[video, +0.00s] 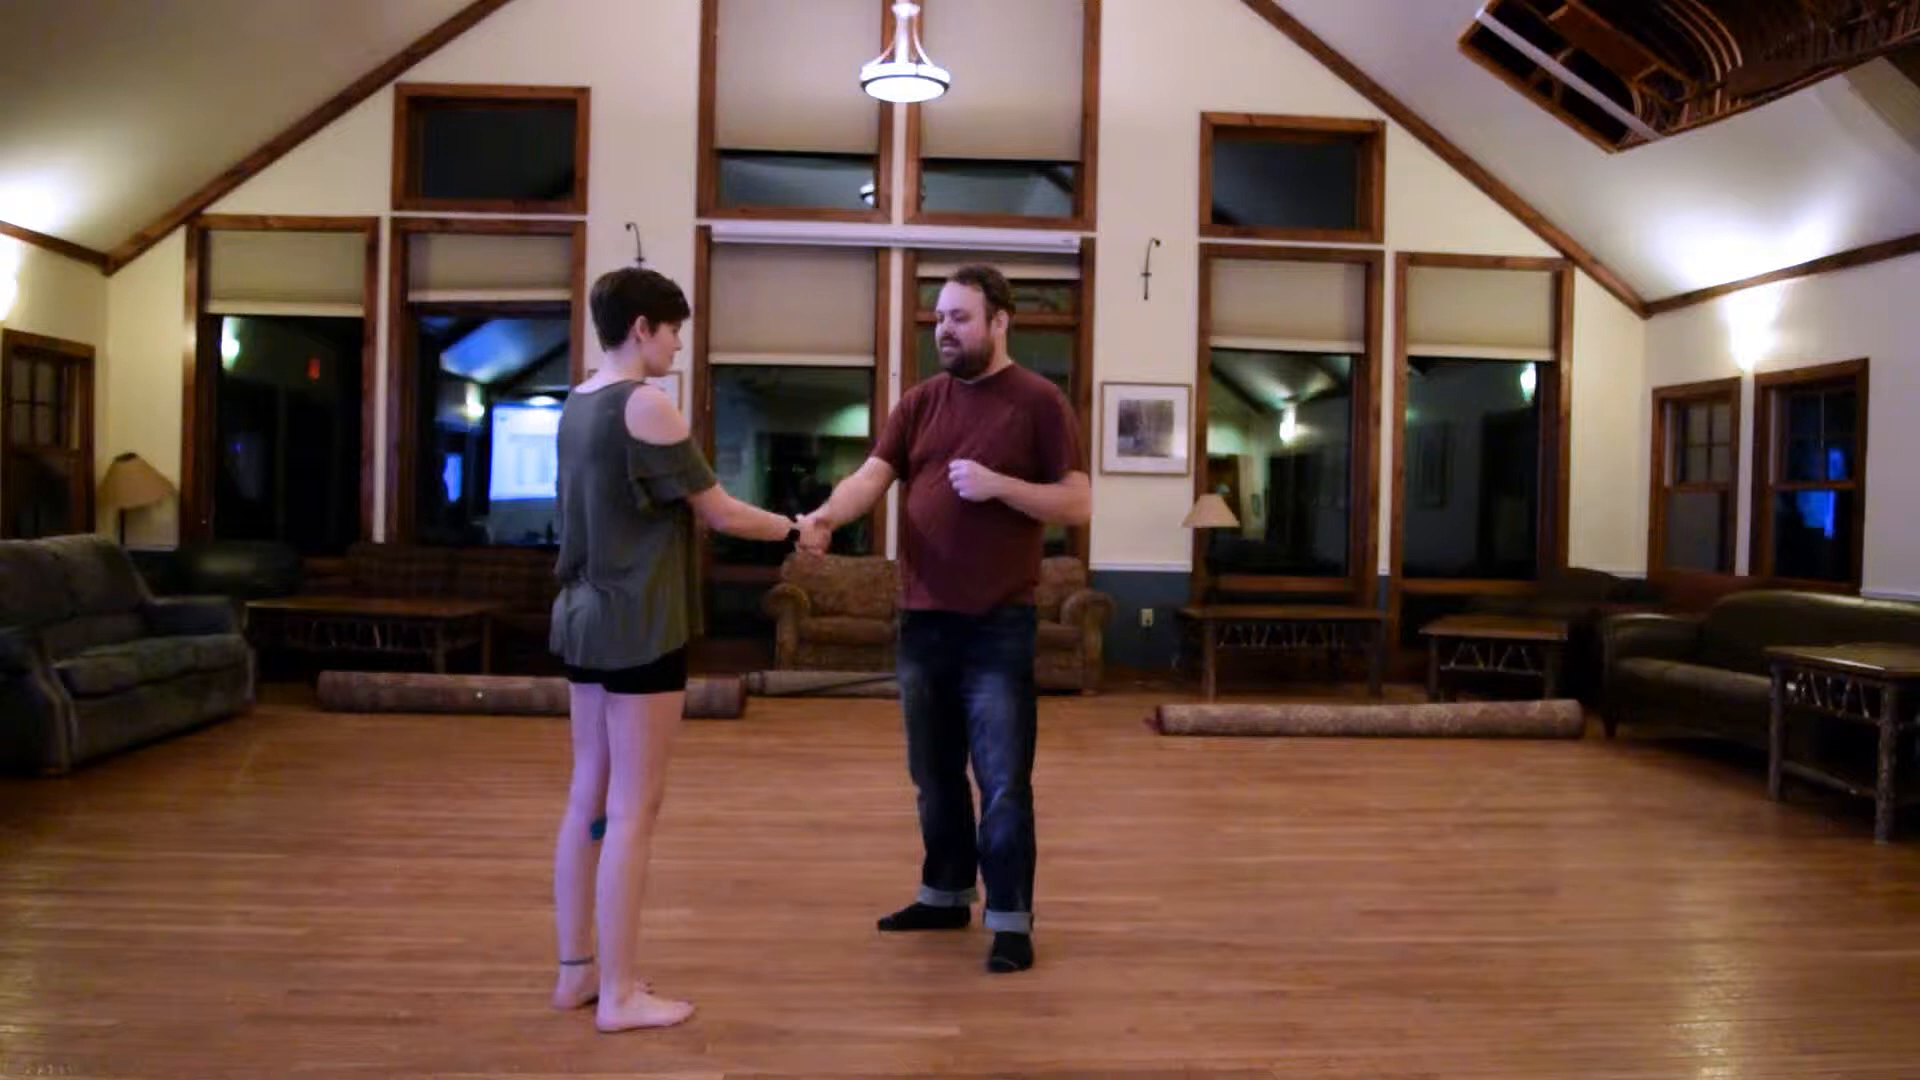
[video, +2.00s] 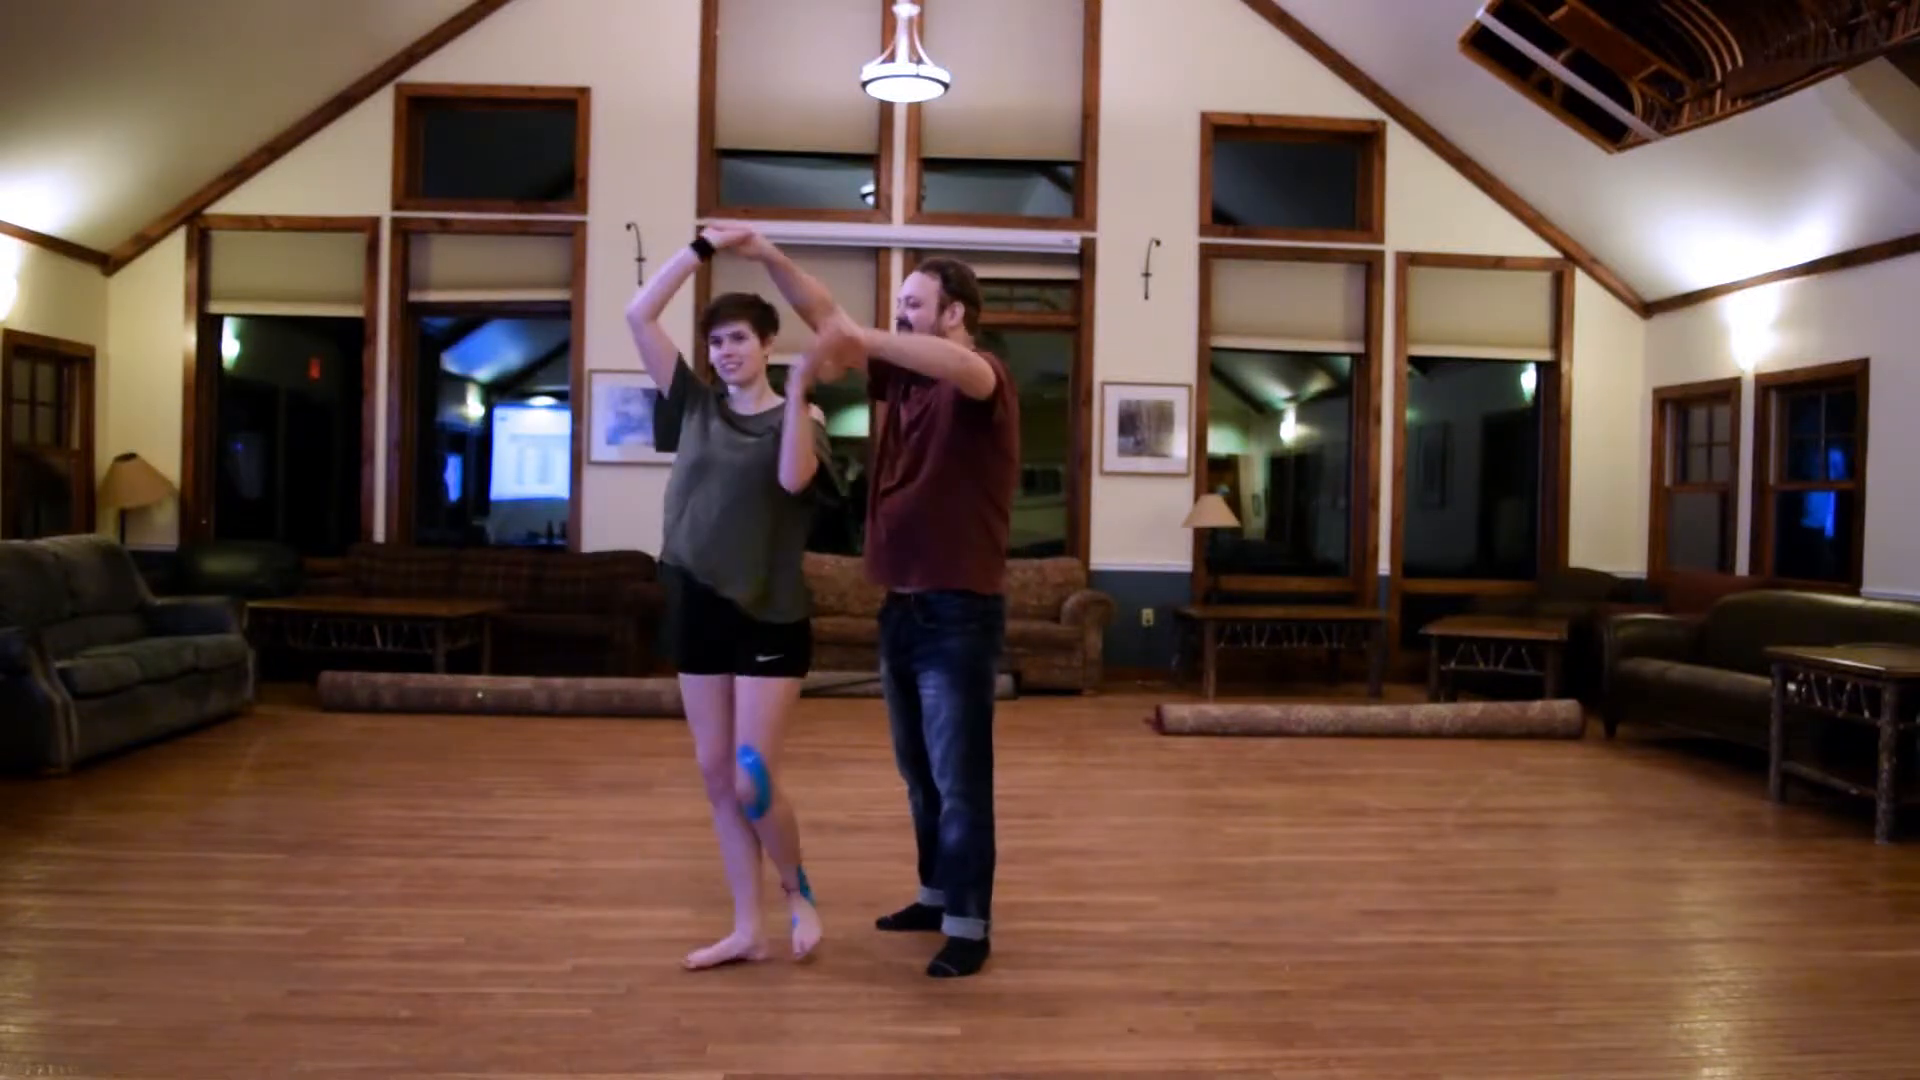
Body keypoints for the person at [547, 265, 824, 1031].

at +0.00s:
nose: (676, 347)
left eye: (677, 335)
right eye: (672, 335)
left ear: (615, 331)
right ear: (643, 331)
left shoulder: (580, 402)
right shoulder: (649, 403)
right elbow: (716, 510)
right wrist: (792, 527)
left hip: (584, 621)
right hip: (642, 630)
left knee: (586, 801)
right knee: (632, 811)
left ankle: (576, 970)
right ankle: (620, 993)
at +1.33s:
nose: (718, 351)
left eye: (716, 340)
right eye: (717, 340)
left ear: (650, 342)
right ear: (702, 342)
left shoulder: (619, 412)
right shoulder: (715, 416)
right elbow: (766, 524)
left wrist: (746, 413)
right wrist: (804, 578)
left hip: (613, 630)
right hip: (682, 637)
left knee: (668, 792)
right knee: (706, 797)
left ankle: (667, 950)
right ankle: (637, 964)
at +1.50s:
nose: (735, 342)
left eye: (667, 336)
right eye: (735, 333)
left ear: (667, 345)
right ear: (732, 343)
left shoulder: (641, 408)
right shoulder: (757, 424)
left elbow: (643, 373)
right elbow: (759, 530)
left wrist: (661, 354)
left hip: (631, 625)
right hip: (717, 633)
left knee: (662, 790)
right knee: (714, 785)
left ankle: (663, 959)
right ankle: (732, 943)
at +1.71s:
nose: (695, 339)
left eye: (701, 327)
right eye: (714, 330)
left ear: (703, 337)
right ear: (761, 349)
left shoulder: (687, 383)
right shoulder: (775, 424)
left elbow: (637, 296)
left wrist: (711, 250)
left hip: (678, 610)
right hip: (747, 616)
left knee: (670, 795)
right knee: (713, 792)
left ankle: (672, 954)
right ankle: (746, 929)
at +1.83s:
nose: (705, 348)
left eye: (717, 339)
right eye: (709, 336)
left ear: (745, 348)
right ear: (746, 349)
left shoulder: (771, 413)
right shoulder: (715, 402)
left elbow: (704, 383)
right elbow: (648, 378)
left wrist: (719, 304)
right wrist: (670, 300)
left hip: (739, 615)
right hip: (719, 609)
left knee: (675, 777)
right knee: (714, 780)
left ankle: (750, 927)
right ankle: (740, 924)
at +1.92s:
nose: (712, 355)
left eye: (725, 345)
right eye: (707, 345)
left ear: (758, 351)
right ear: (701, 355)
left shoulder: (785, 418)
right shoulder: (694, 403)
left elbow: (754, 437)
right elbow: (636, 339)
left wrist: (764, 341)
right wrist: (678, 261)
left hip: (755, 615)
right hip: (695, 608)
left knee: (714, 784)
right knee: (710, 782)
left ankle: (791, 908)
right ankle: (746, 925)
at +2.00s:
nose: (726, 350)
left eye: (738, 339)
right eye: (717, 341)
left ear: (767, 345)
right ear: (708, 351)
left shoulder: (795, 417)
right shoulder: (698, 404)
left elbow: (795, 477)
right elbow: (639, 317)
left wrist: (796, 388)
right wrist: (696, 250)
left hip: (772, 611)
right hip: (699, 603)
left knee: (751, 782)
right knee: (717, 777)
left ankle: (796, 897)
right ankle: (748, 929)